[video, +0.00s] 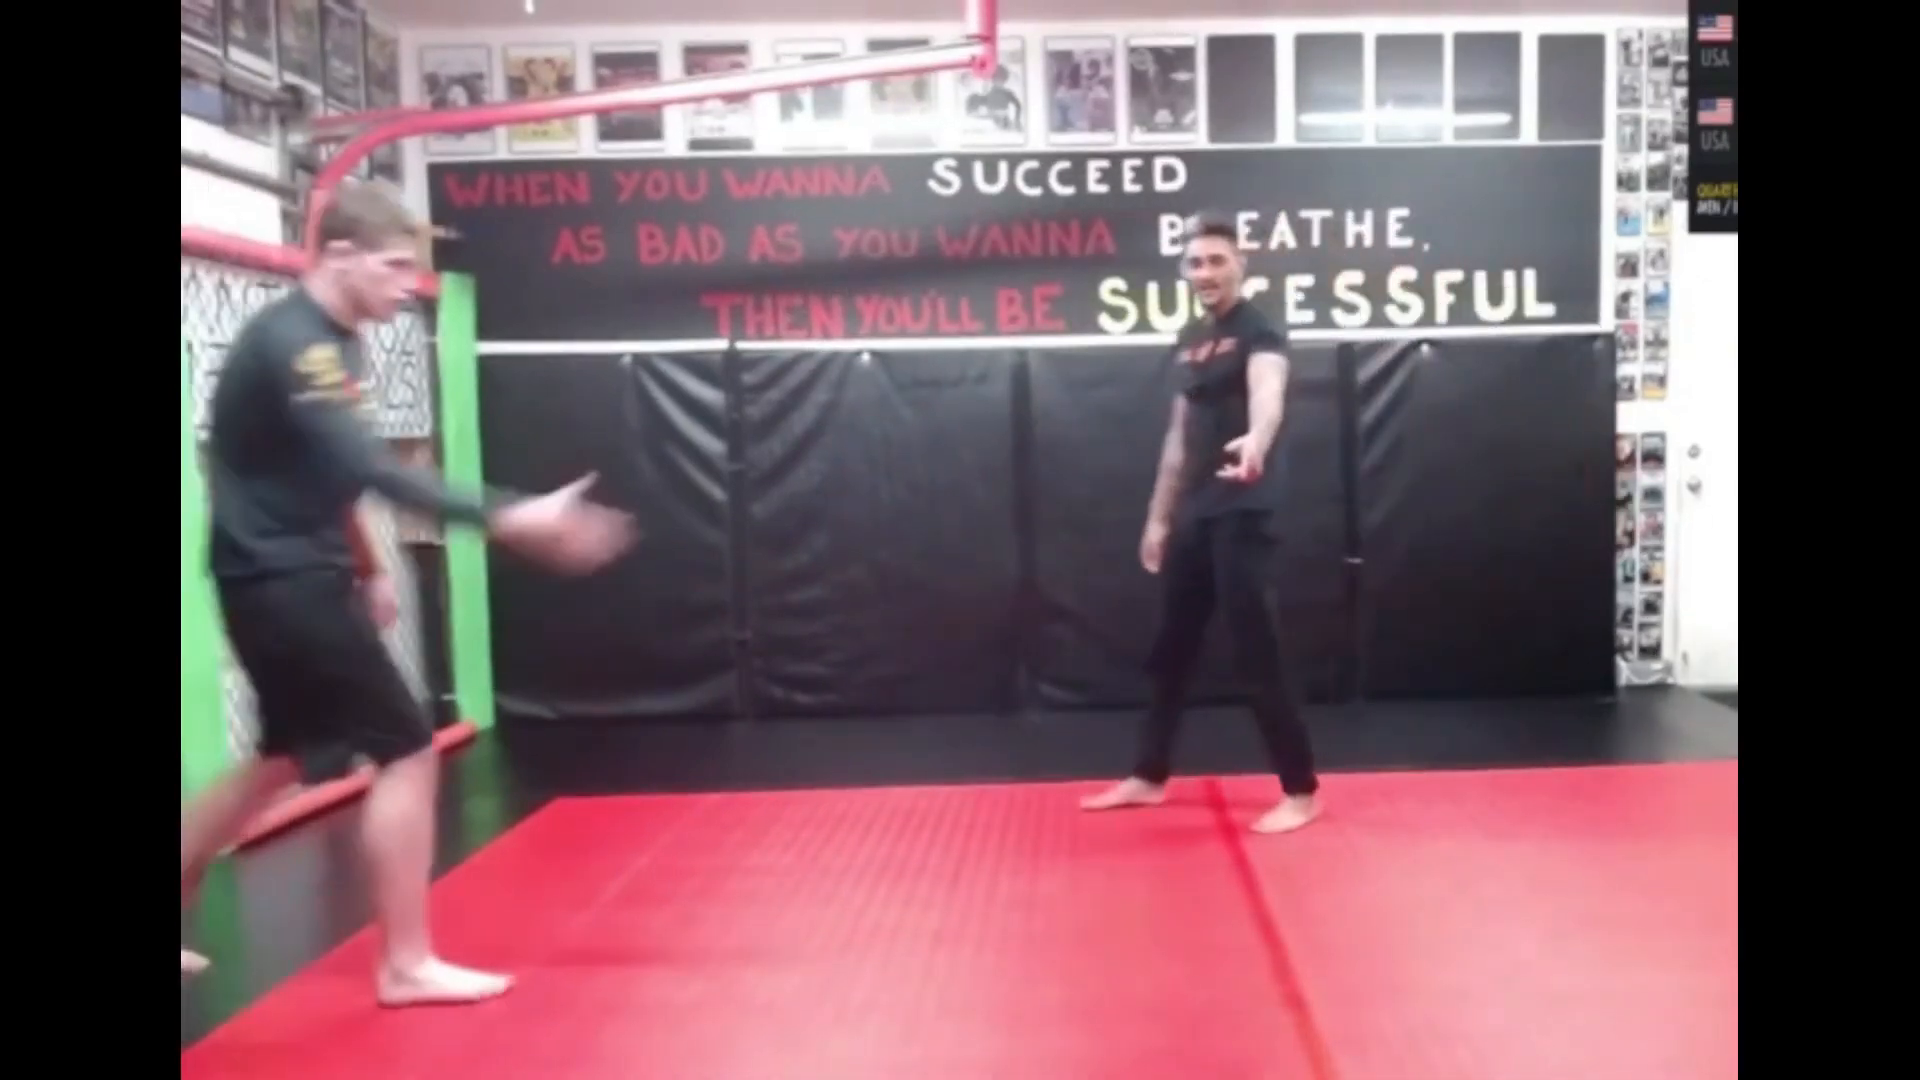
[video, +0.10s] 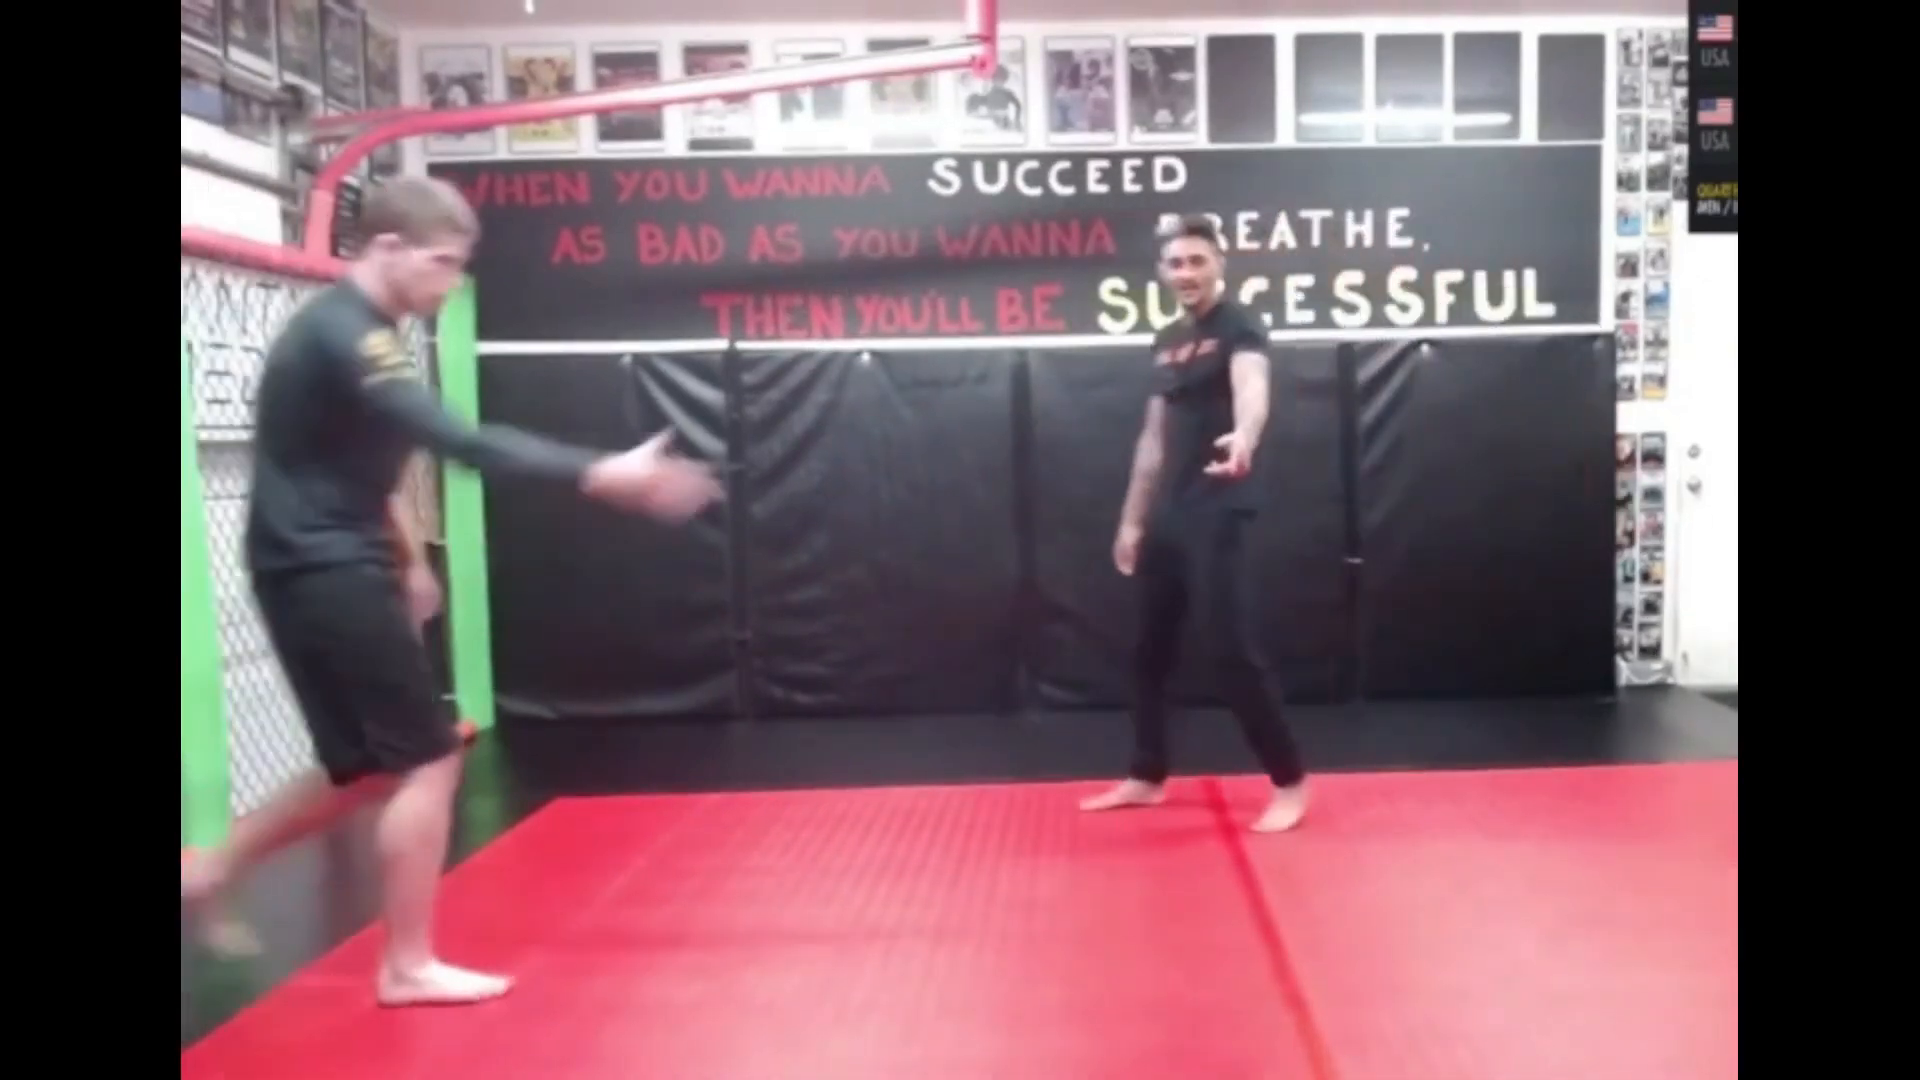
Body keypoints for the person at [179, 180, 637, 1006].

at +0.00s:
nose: (408, 291)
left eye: (412, 275)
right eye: (399, 272)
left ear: (358, 263)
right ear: (344, 258)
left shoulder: (324, 333)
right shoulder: (294, 339)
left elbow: (331, 475)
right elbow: (372, 466)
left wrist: (369, 564)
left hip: (282, 575)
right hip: (282, 578)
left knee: (278, 756)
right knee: (405, 749)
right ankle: (407, 963)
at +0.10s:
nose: (451, 288)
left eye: (457, 271)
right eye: (446, 267)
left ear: (399, 254)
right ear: (391, 249)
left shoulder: (358, 322)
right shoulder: (343, 328)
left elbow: (361, 473)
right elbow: (455, 436)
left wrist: (407, 557)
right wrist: (597, 470)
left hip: (323, 561)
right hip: (323, 563)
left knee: (371, 769)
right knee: (427, 753)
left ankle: (212, 868)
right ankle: (409, 965)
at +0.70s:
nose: (807, 285)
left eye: (812, 269)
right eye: (802, 266)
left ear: (745, 251)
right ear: (753, 248)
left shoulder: (667, 300)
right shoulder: (714, 312)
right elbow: (839, 400)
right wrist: (985, 424)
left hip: (641, 537)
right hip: (676, 539)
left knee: (739, 725)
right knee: (796, 714)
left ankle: (724, 906)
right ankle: (756, 914)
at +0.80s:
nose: (850, 291)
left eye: (855, 273)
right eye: (846, 271)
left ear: (786, 257)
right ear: (797, 255)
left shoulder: (706, 301)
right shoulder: (757, 323)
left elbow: (686, 439)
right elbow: (889, 410)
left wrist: (743, 523)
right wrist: (1035, 426)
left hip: (670, 535)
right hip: (703, 539)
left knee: (747, 727)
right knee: (819, 725)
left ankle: (720, 909)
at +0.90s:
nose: (896, 308)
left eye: (899, 291)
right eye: (890, 289)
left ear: (828, 274)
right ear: (841, 272)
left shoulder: (741, 309)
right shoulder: (813, 342)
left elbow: (706, 437)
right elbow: (944, 427)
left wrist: (768, 521)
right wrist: (1085, 439)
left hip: (679, 539)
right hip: (728, 546)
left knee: (764, 727)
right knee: (843, 726)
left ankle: (721, 907)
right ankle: (906, 926)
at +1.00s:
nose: (920, 313)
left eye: (922, 297)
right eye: (913, 296)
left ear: (847, 280)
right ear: (861, 280)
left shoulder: (759, 316)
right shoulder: (837, 352)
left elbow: (723, 439)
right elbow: (974, 438)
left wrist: (779, 528)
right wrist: (1122, 450)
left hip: (684, 544)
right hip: (741, 552)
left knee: (772, 727)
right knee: (858, 729)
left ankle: (722, 906)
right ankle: (908, 927)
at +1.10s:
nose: (970, 347)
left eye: (974, 330)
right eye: (966, 329)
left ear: (906, 308)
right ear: (919, 315)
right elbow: (1030, 466)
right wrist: (1179, 484)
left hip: (693, 542)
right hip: (756, 556)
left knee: (774, 732)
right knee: (879, 727)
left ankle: (723, 913)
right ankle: (907, 929)